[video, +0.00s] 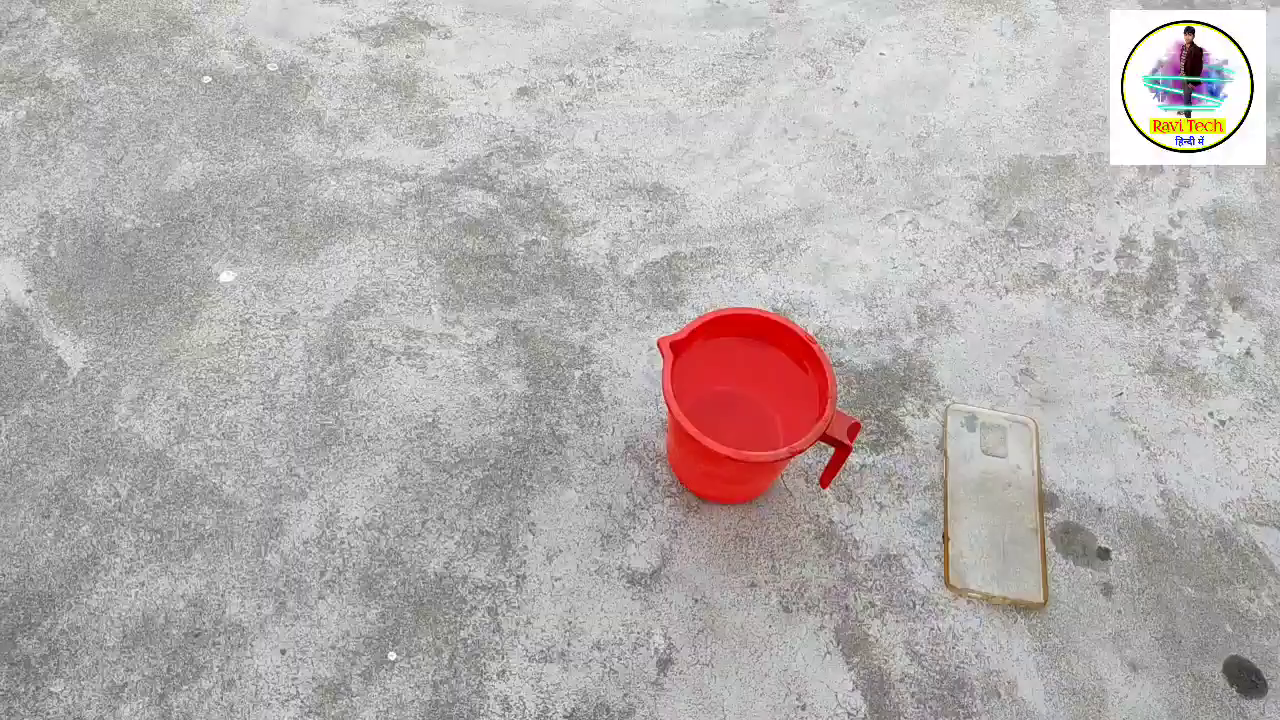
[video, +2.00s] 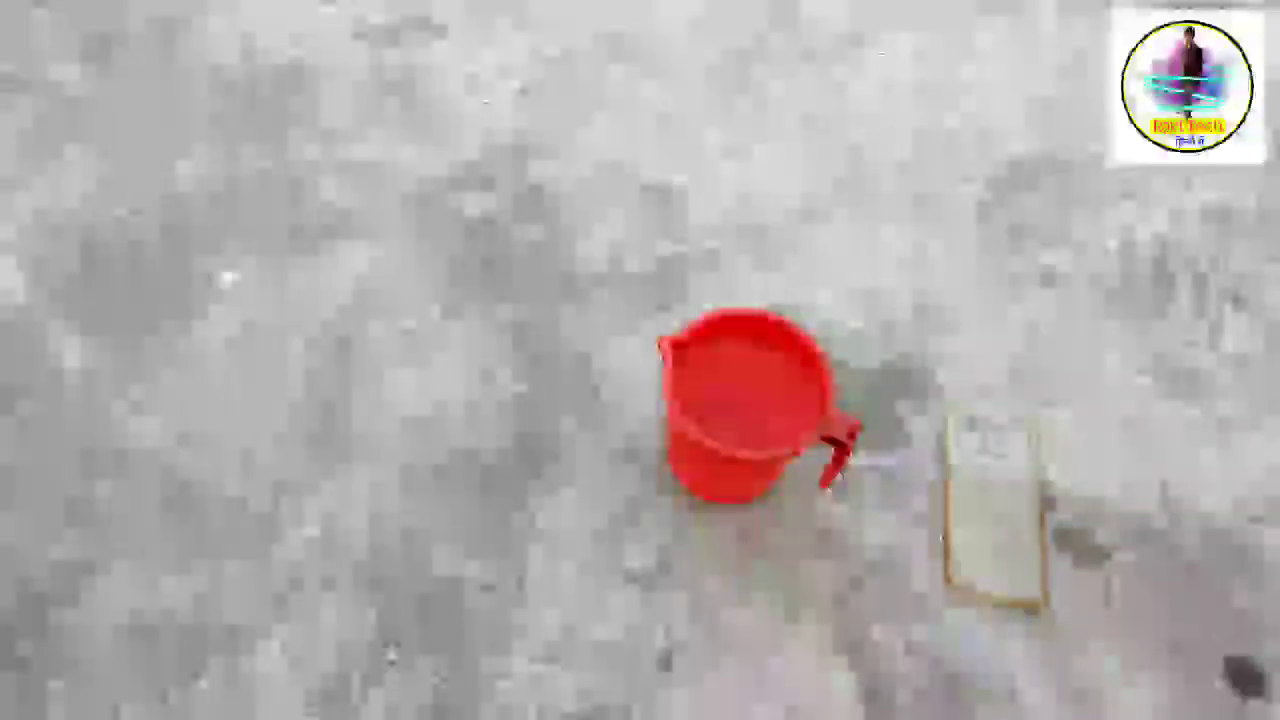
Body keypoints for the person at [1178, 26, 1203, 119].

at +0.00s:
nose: (1187, 37)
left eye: (1189, 35)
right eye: (1185, 34)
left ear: (1193, 36)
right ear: (1183, 36)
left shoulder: (1197, 50)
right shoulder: (1183, 48)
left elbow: (1198, 67)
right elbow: (1182, 61)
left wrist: (1194, 81)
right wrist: (1181, 72)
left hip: (1191, 76)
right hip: (1183, 75)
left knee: (1187, 96)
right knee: (1185, 96)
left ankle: (1188, 115)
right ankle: (1186, 113)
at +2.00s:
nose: (1187, 38)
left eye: (1189, 36)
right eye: (1186, 36)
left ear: (1193, 36)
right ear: (1184, 36)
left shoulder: (1197, 50)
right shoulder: (1182, 50)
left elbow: (1199, 64)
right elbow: (1177, 62)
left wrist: (1198, 75)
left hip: (1194, 75)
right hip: (1184, 74)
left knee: (1190, 93)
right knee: (1185, 93)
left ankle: (1188, 112)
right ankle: (1186, 112)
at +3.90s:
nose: (1187, 38)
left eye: (1189, 36)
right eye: (1186, 36)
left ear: (1193, 36)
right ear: (1184, 36)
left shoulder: (1197, 50)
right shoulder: (1181, 49)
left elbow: (1199, 64)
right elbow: (1176, 61)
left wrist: (1197, 75)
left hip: (1193, 75)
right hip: (1183, 74)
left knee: (1190, 93)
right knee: (1185, 93)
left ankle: (1188, 111)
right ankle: (1186, 111)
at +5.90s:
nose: (1188, 38)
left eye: (1190, 35)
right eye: (1186, 35)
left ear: (1193, 36)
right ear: (1184, 36)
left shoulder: (1198, 50)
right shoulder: (1182, 49)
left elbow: (1199, 64)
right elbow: (1178, 62)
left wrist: (1198, 74)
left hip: (1194, 74)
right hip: (1184, 74)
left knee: (1191, 92)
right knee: (1185, 92)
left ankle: (1189, 111)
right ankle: (1186, 111)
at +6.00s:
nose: (1189, 38)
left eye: (1191, 35)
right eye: (1187, 35)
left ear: (1194, 36)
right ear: (1184, 36)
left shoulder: (1198, 50)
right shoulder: (1182, 50)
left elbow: (1200, 64)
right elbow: (1176, 62)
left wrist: (1197, 74)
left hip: (1194, 74)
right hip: (1184, 74)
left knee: (1191, 92)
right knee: (1185, 92)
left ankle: (1189, 111)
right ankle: (1186, 112)